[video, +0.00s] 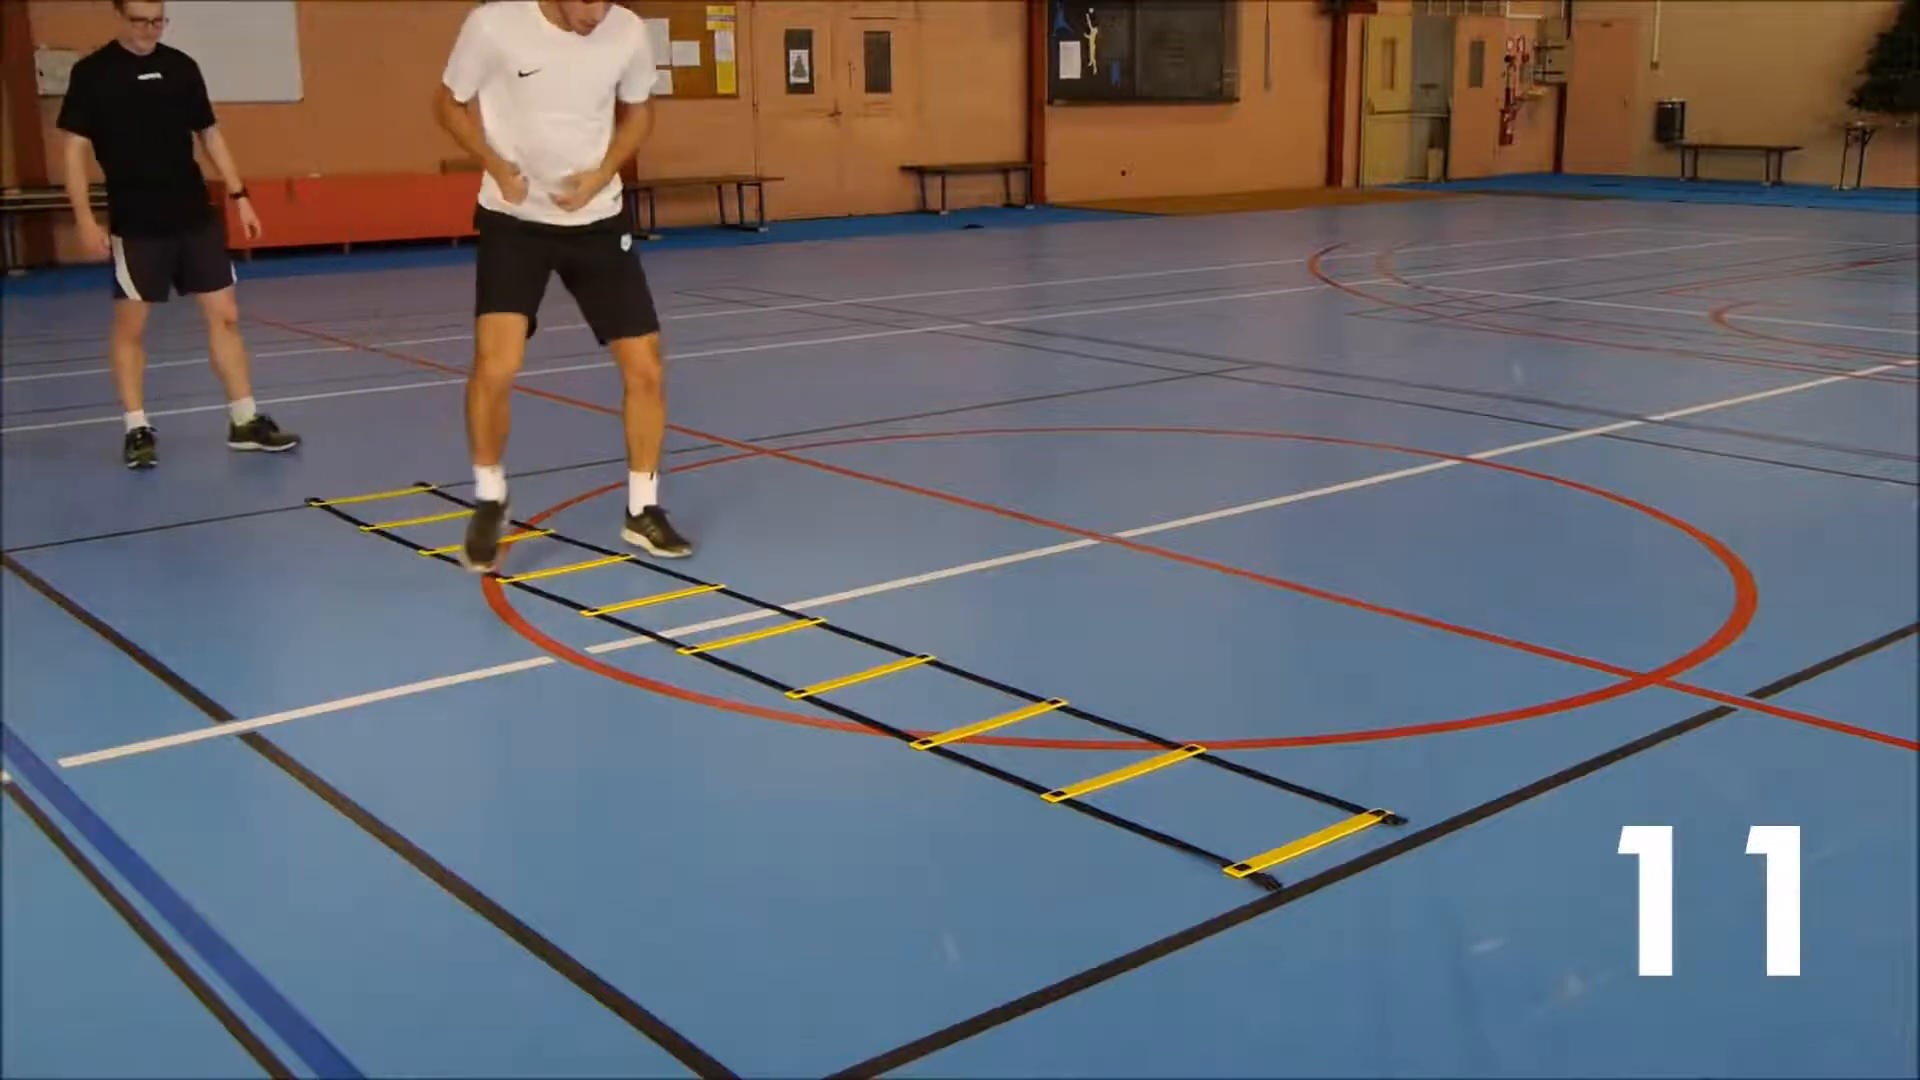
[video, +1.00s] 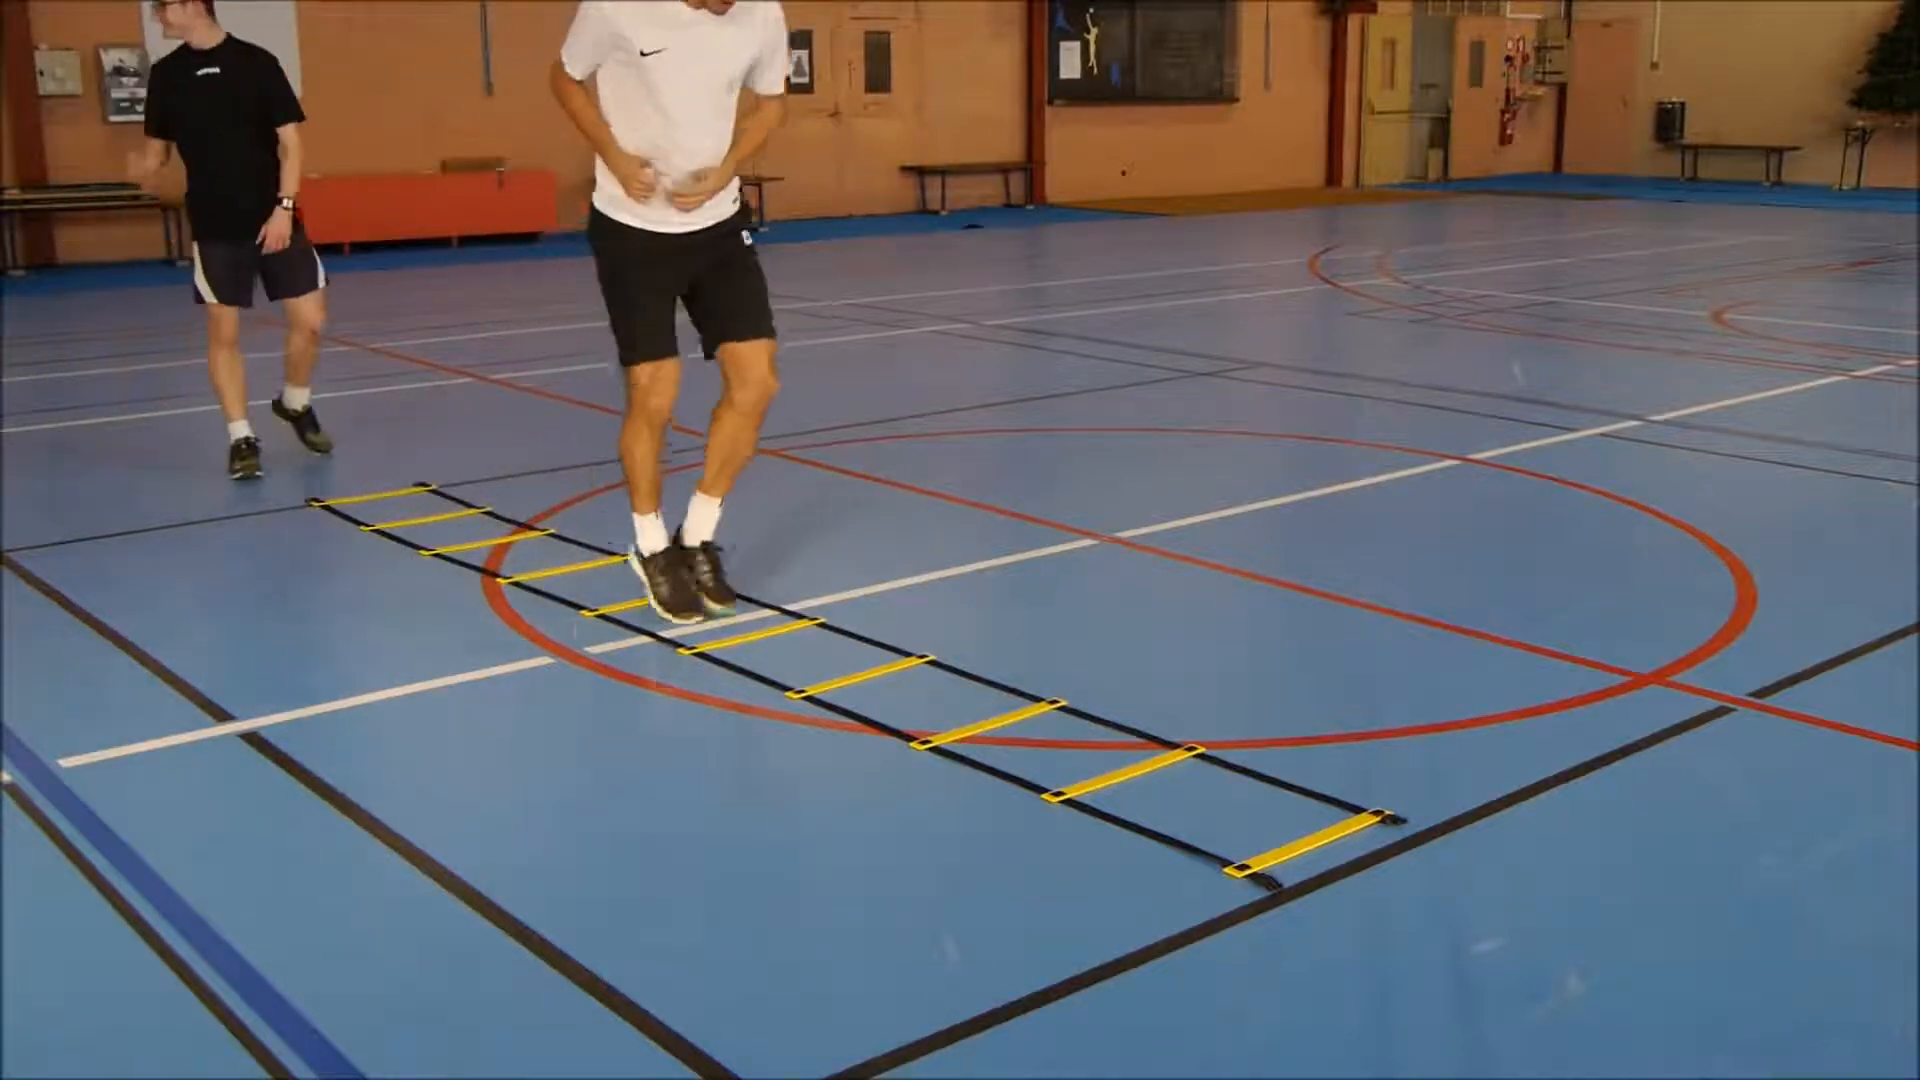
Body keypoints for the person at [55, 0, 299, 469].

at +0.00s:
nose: (150, 30)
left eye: (158, 20)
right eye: (139, 21)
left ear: (165, 16)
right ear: (117, 16)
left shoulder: (182, 66)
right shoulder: (91, 73)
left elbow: (210, 136)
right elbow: (74, 150)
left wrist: (240, 197)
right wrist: (86, 221)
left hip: (195, 214)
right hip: (135, 221)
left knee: (225, 316)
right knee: (131, 328)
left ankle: (245, 420)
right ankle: (137, 428)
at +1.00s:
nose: (161, 14)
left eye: (169, 5)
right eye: (160, 7)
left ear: (198, 7)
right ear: (185, 14)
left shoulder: (257, 62)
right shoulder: (165, 74)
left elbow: (291, 140)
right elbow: (156, 152)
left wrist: (285, 209)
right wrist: (144, 167)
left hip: (273, 215)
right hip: (214, 223)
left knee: (310, 319)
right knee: (225, 332)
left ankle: (295, 402)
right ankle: (241, 438)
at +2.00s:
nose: (321, 40)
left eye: (331, 31)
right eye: (313, 30)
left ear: (340, 23)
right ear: (291, 16)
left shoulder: (349, 77)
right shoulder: (251, 62)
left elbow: (354, 158)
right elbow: (219, 134)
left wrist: (336, 214)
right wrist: (216, 208)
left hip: (322, 224)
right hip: (261, 225)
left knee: (328, 334)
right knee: (263, 335)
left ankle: (337, 444)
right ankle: (265, 446)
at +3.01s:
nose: (325, 34)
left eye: (334, 24)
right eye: (315, 23)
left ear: (343, 18)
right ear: (293, 14)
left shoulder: (358, 69)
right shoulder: (258, 65)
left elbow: (375, 137)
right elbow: (231, 145)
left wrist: (368, 153)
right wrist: (254, 212)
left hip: (337, 225)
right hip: (278, 226)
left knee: (341, 337)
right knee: (277, 338)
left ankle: (337, 447)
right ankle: (274, 447)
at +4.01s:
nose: (368, 77)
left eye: (376, 68)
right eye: (360, 68)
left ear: (385, 55)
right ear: (336, 48)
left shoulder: (387, 83)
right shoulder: (286, 81)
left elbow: (390, 140)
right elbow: (242, 141)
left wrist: (381, 148)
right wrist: (292, 197)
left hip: (357, 222)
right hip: (301, 225)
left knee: (364, 340)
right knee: (337, 326)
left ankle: (335, 432)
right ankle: (346, 442)